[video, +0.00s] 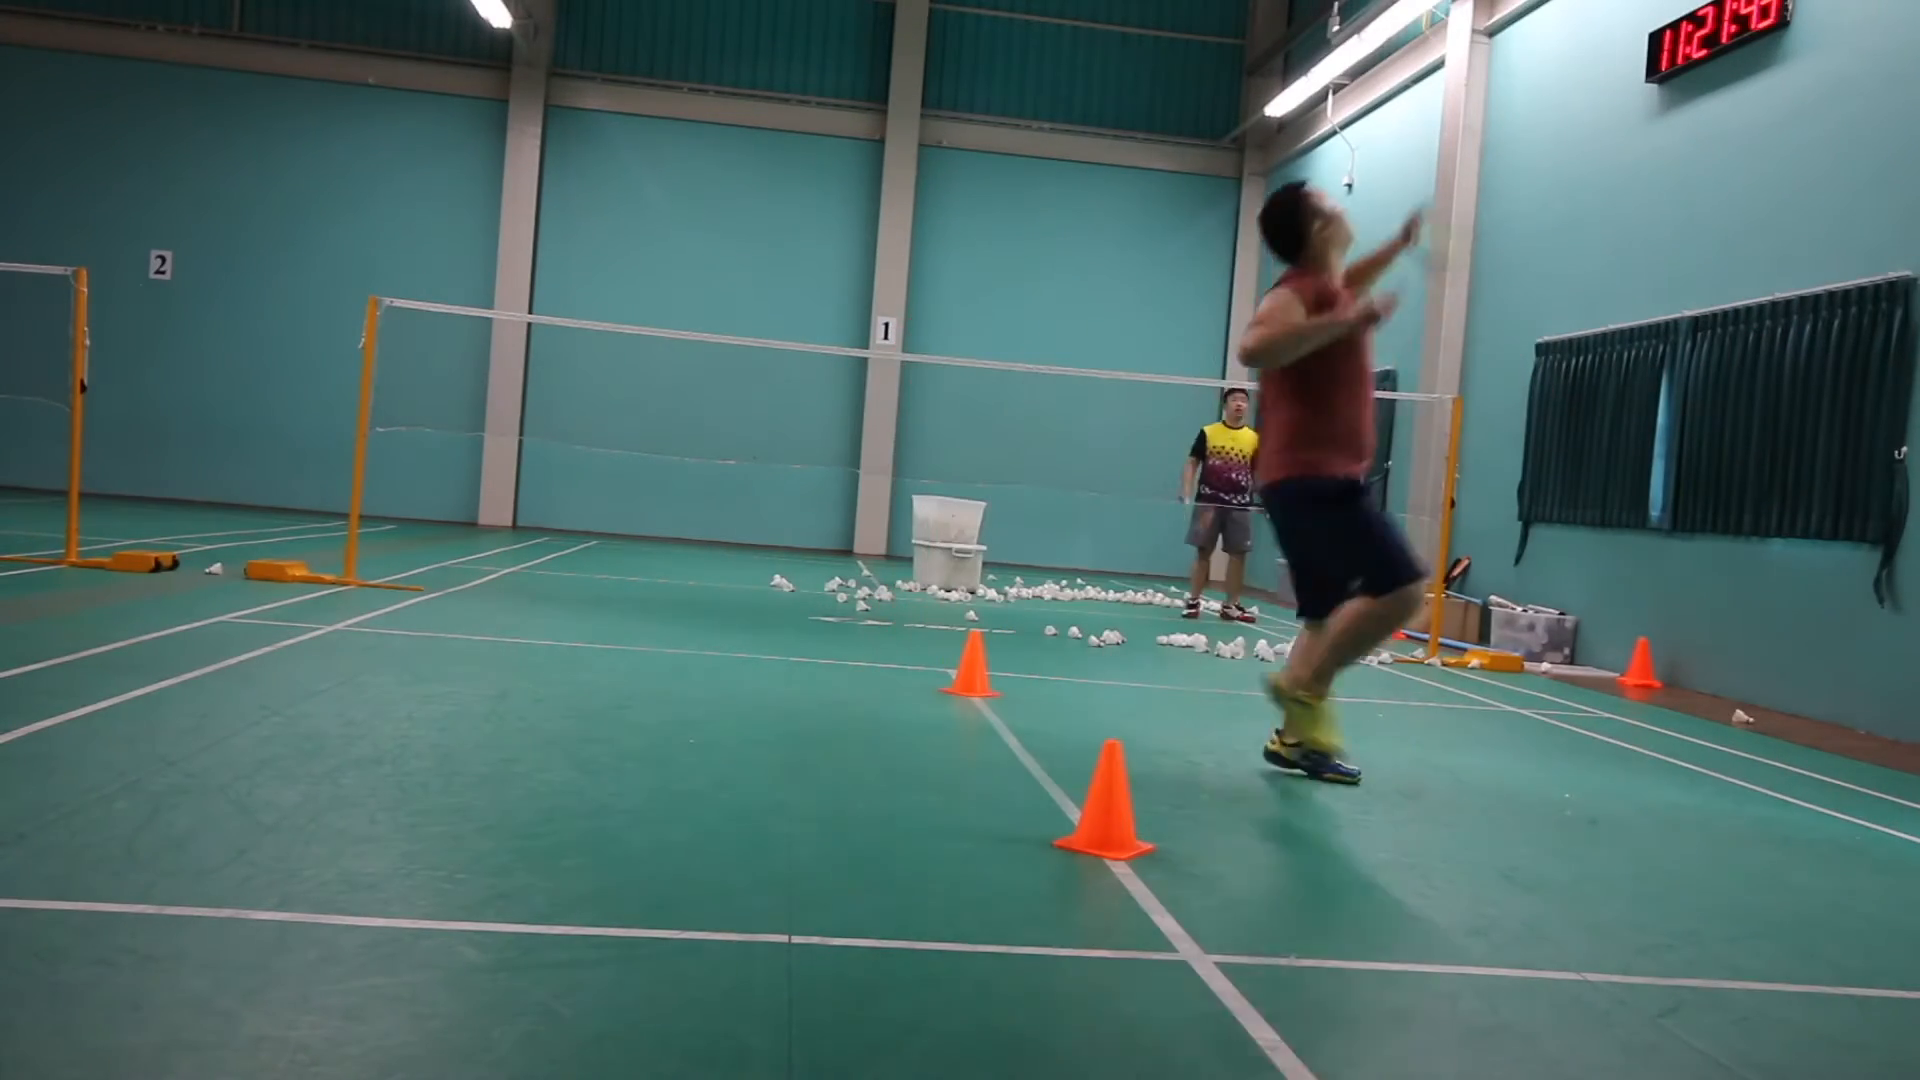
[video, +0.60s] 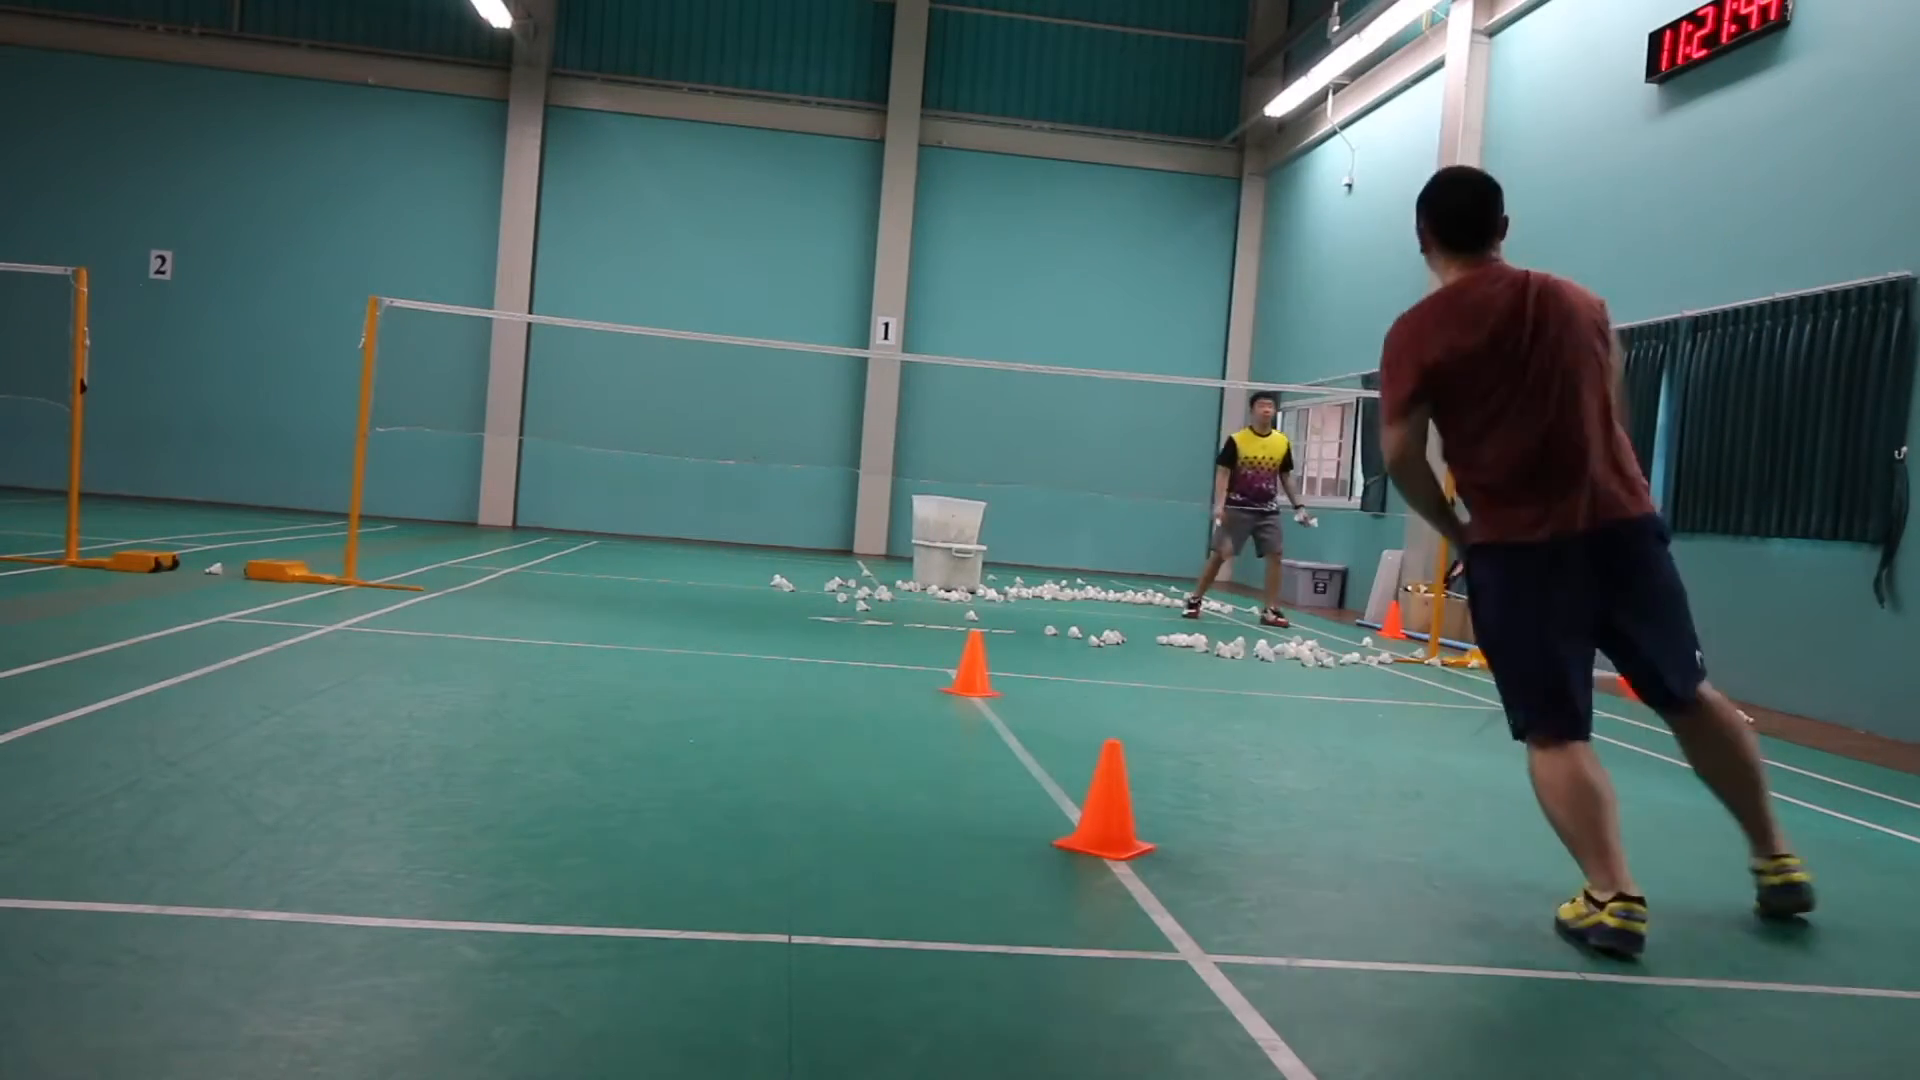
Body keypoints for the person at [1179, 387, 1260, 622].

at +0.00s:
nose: (1239, 405)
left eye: (1243, 401)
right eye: (1235, 400)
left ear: (1248, 407)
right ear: (1225, 405)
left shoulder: (1253, 438)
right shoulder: (1208, 432)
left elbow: (1257, 470)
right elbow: (1192, 462)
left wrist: (1262, 494)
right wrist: (1187, 490)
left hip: (1239, 503)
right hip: (1210, 501)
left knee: (1238, 554)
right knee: (1203, 553)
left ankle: (1231, 604)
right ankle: (1194, 599)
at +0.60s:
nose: (1266, 410)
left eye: (1270, 406)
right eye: (1261, 406)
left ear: (1275, 412)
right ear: (1252, 410)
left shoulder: (1282, 443)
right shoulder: (1237, 440)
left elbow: (1286, 477)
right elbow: (1223, 474)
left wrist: (1298, 508)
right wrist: (1219, 507)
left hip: (1268, 511)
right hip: (1238, 509)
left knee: (1275, 556)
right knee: (1221, 554)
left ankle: (1270, 609)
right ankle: (1196, 598)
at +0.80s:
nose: (1282, 423)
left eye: (1286, 419)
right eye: (1278, 418)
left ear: (1289, 422)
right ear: (1267, 419)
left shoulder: (1292, 446)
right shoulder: (1250, 446)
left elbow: (1297, 478)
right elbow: (1235, 478)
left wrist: (1312, 504)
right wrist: (1255, 501)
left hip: (1272, 512)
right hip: (1242, 510)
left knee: (1277, 557)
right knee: (1223, 554)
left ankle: (1271, 609)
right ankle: (1200, 599)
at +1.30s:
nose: (1243, 412)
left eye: (1248, 408)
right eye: (1239, 407)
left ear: (1257, 412)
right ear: (1233, 411)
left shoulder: (1268, 439)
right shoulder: (1220, 441)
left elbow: (1272, 470)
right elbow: (1207, 477)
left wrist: (1286, 499)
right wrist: (1197, 511)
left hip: (1254, 509)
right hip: (1224, 507)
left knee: (1255, 558)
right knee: (1215, 555)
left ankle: (1251, 607)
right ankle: (1203, 604)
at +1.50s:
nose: (1254, 414)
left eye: (1259, 409)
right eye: (1250, 409)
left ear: (1268, 414)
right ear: (1245, 413)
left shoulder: (1280, 442)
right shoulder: (1232, 445)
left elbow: (1288, 471)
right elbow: (1218, 479)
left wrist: (1300, 494)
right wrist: (1209, 511)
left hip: (1267, 512)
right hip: (1237, 510)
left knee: (1267, 560)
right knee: (1228, 551)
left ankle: (1252, 607)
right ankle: (1208, 601)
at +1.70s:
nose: (1261, 415)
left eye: (1266, 411)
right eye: (1257, 411)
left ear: (1273, 416)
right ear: (1250, 416)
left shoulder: (1282, 445)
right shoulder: (1235, 446)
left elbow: (1289, 476)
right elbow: (1221, 479)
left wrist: (1301, 501)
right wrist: (1223, 512)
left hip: (1266, 513)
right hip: (1239, 511)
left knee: (1265, 561)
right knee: (1236, 557)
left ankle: (1253, 607)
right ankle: (1226, 608)